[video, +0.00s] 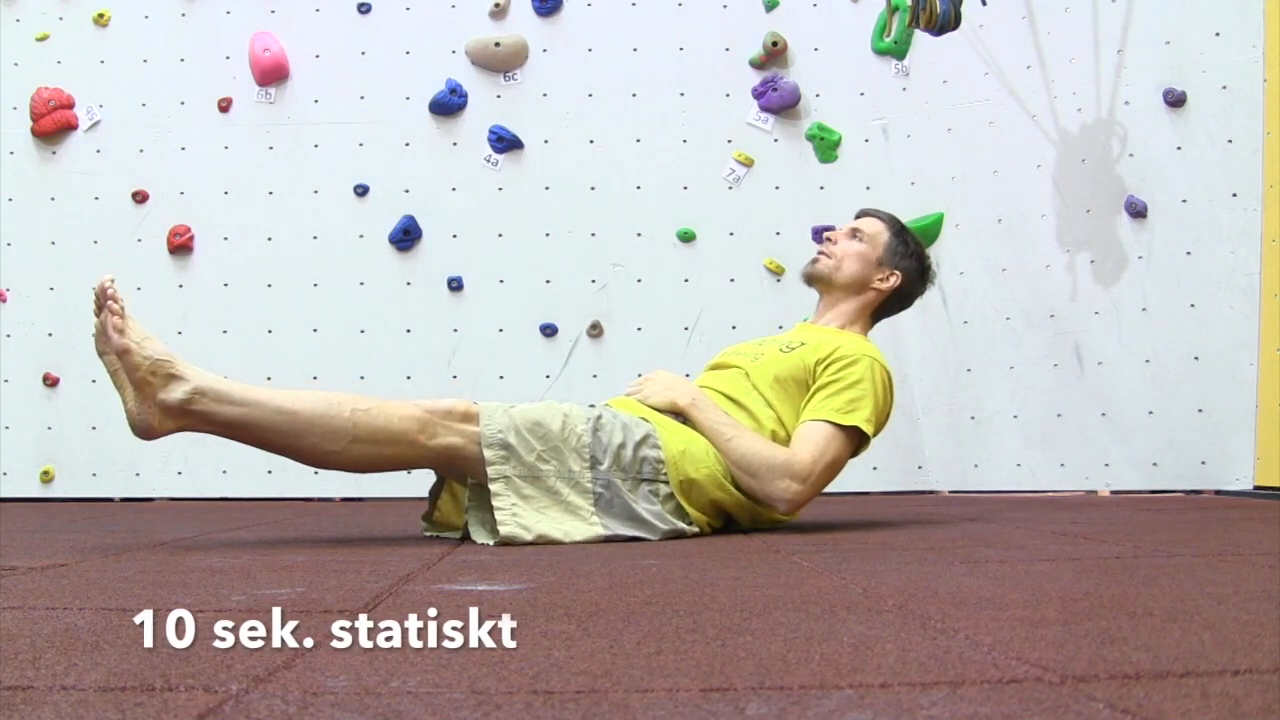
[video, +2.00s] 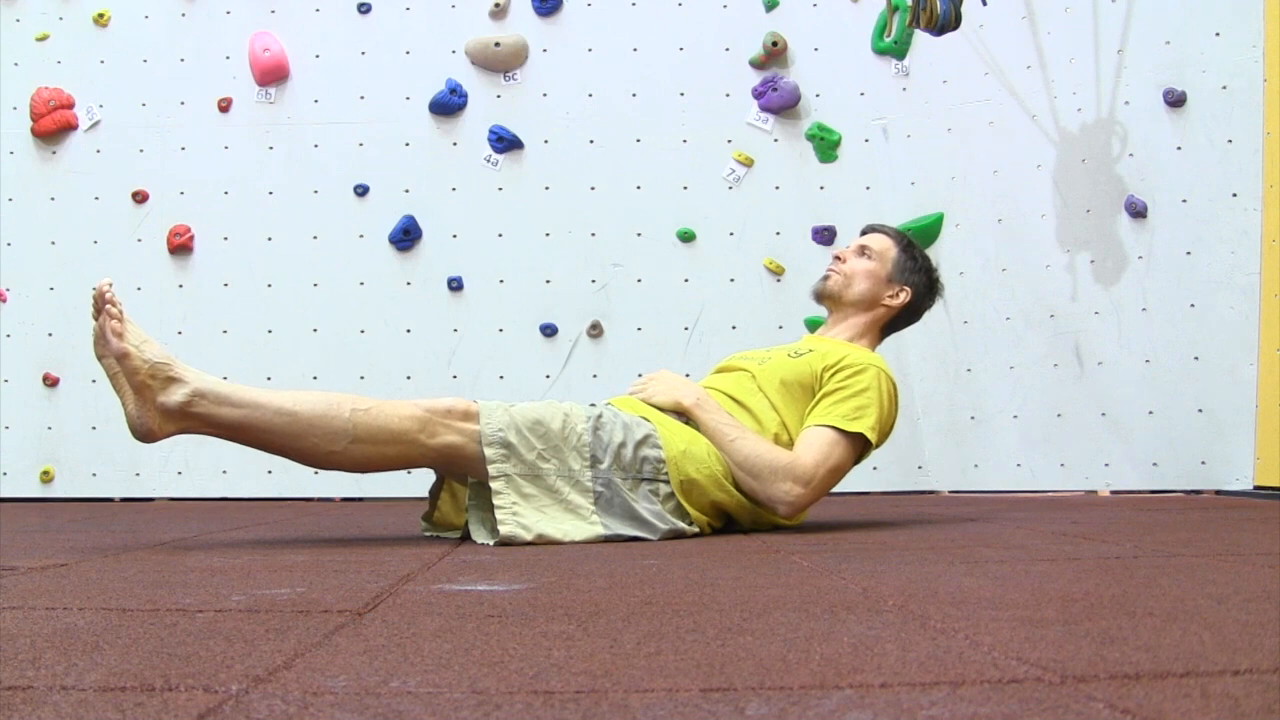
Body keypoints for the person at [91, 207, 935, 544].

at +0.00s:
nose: (826, 237)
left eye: (851, 236)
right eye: (835, 230)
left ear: (887, 282)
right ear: (840, 268)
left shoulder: (856, 362)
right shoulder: (787, 348)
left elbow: (790, 487)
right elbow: (746, 463)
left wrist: (692, 398)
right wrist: (673, 407)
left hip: (668, 459)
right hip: (643, 446)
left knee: (445, 426)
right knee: (432, 427)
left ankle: (178, 395)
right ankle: (178, 397)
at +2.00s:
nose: (842, 252)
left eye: (866, 252)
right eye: (850, 244)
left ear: (895, 297)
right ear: (850, 278)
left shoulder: (862, 373)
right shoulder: (804, 357)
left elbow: (791, 492)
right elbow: (751, 466)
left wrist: (699, 401)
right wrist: (675, 406)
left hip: (661, 461)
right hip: (642, 446)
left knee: (442, 427)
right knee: (432, 428)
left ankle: (178, 399)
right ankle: (180, 401)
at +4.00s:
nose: (848, 259)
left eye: (872, 258)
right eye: (857, 250)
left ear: (899, 306)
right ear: (862, 289)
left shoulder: (866, 380)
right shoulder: (809, 362)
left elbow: (791, 495)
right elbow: (756, 475)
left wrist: (699, 402)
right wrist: (677, 410)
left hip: (660, 462)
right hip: (643, 449)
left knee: (444, 429)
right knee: (433, 429)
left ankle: (177, 410)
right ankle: (179, 411)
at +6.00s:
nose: (833, 259)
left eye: (857, 256)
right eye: (839, 250)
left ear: (892, 297)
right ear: (847, 284)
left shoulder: (860, 372)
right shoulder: (793, 360)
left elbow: (790, 490)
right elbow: (739, 467)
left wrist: (697, 400)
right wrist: (666, 407)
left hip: (651, 457)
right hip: (622, 450)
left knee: (450, 398)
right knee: (418, 446)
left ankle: (192, 322)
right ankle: (182, 468)